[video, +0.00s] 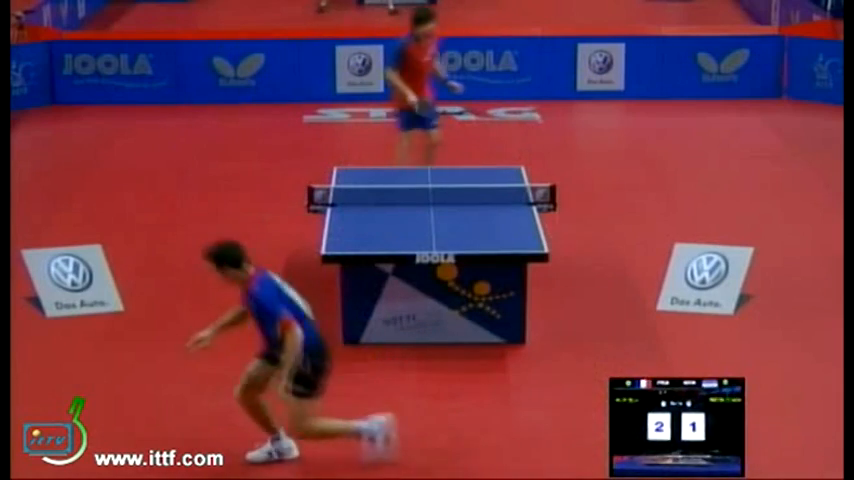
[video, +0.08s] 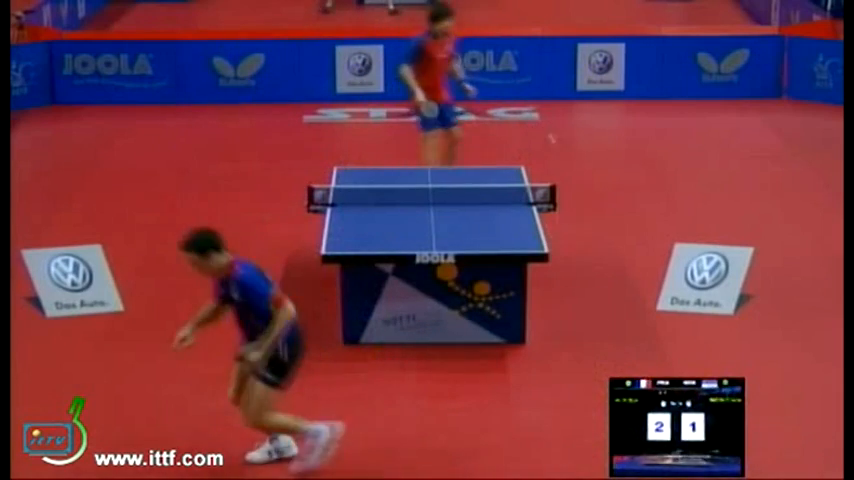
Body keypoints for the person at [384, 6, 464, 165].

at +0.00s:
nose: (430, 31)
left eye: (432, 26)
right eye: (426, 27)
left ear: (434, 26)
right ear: (417, 27)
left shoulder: (431, 44)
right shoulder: (405, 46)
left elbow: (432, 65)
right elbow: (390, 72)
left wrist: (447, 81)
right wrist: (409, 94)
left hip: (425, 97)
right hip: (406, 99)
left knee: (434, 138)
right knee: (406, 139)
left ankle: (427, 174)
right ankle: (401, 176)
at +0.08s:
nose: (447, 31)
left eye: (449, 26)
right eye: (443, 27)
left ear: (451, 24)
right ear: (433, 25)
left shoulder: (449, 43)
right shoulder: (422, 44)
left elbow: (452, 65)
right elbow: (405, 68)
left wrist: (463, 84)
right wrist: (419, 95)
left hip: (444, 97)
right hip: (426, 98)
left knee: (454, 134)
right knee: (432, 137)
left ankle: (447, 173)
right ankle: (430, 177)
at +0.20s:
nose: (474, 32)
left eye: (476, 28)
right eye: (470, 28)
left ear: (478, 29)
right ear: (461, 30)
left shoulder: (476, 49)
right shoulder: (449, 50)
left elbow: (479, 71)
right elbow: (431, 73)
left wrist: (486, 86)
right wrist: (434, 100)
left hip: (470, 103)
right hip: (453, 105)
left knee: (484, 140)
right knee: (467, 144)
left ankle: (487, 178)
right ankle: (454, 182)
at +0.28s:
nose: (499, 30)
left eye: (498, 26)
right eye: (495, 26)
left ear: (491, 28)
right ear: (486, 28)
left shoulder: (492, 47)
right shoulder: (470, 51)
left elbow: (489, 72)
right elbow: (458, 78)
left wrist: (498, 84)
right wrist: (454, 103)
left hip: (487, 102)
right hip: (472, 105)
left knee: (500, 141)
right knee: (478, 145)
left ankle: (511, 177)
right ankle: (457, 178)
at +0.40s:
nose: (524, 27)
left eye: (524, 23)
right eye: (522, 23)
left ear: (510, 23)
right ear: (513, 24)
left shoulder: (514, 45)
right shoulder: (499, 46)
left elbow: (507, 73)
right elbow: (484, 74)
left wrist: (521, 78)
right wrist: (476, 102)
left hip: (514, 101)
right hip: (503, 102)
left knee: (523, 142)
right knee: (510, 142)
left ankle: (524, 181)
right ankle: (479, 171)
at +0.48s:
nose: (540, 23)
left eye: (539, 18)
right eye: (537, 19)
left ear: (525, 18)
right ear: (531, 19)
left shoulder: (531, 41)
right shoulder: (516, 42)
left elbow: (524, 70)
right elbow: (502, 70)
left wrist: (537, 74)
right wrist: (500, 99)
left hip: (529, 96)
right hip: (518, 97)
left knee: (529, 137)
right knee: (531, 136)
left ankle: (524, 176)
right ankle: (506, 170)